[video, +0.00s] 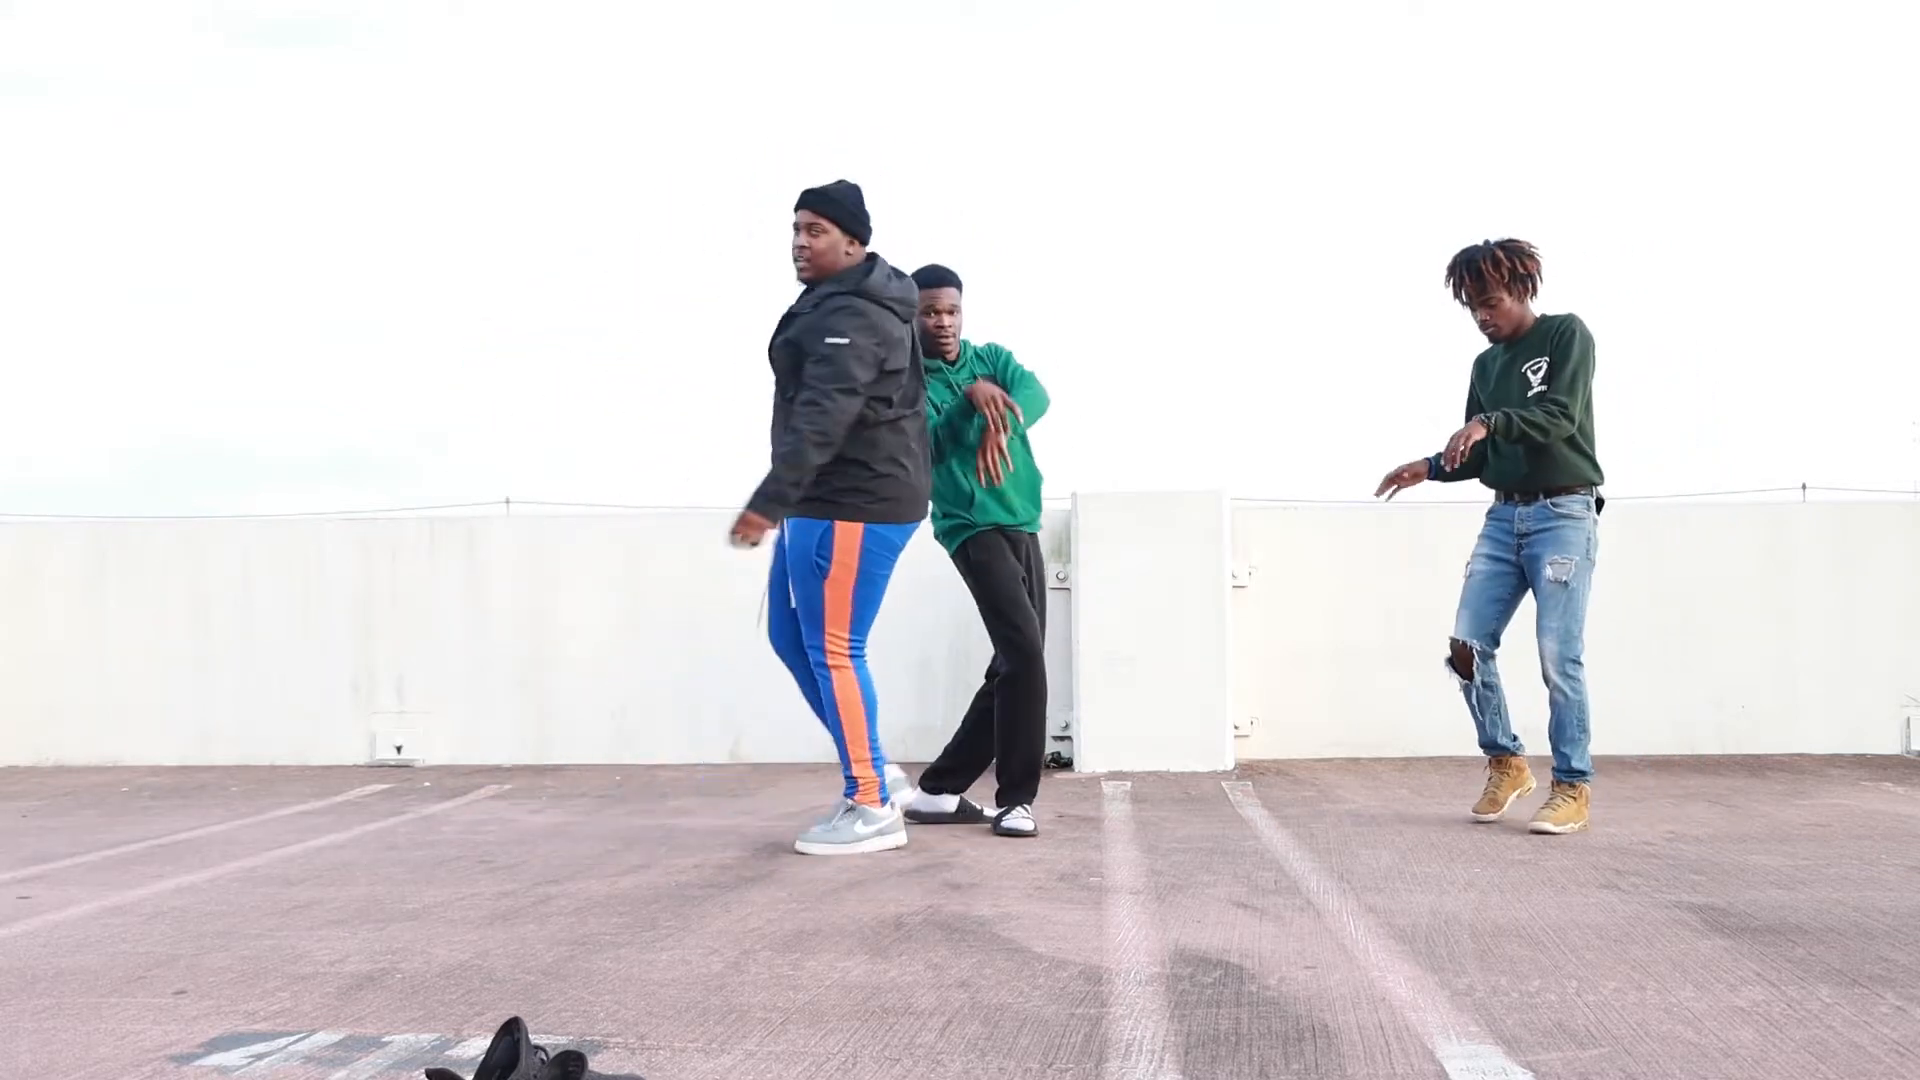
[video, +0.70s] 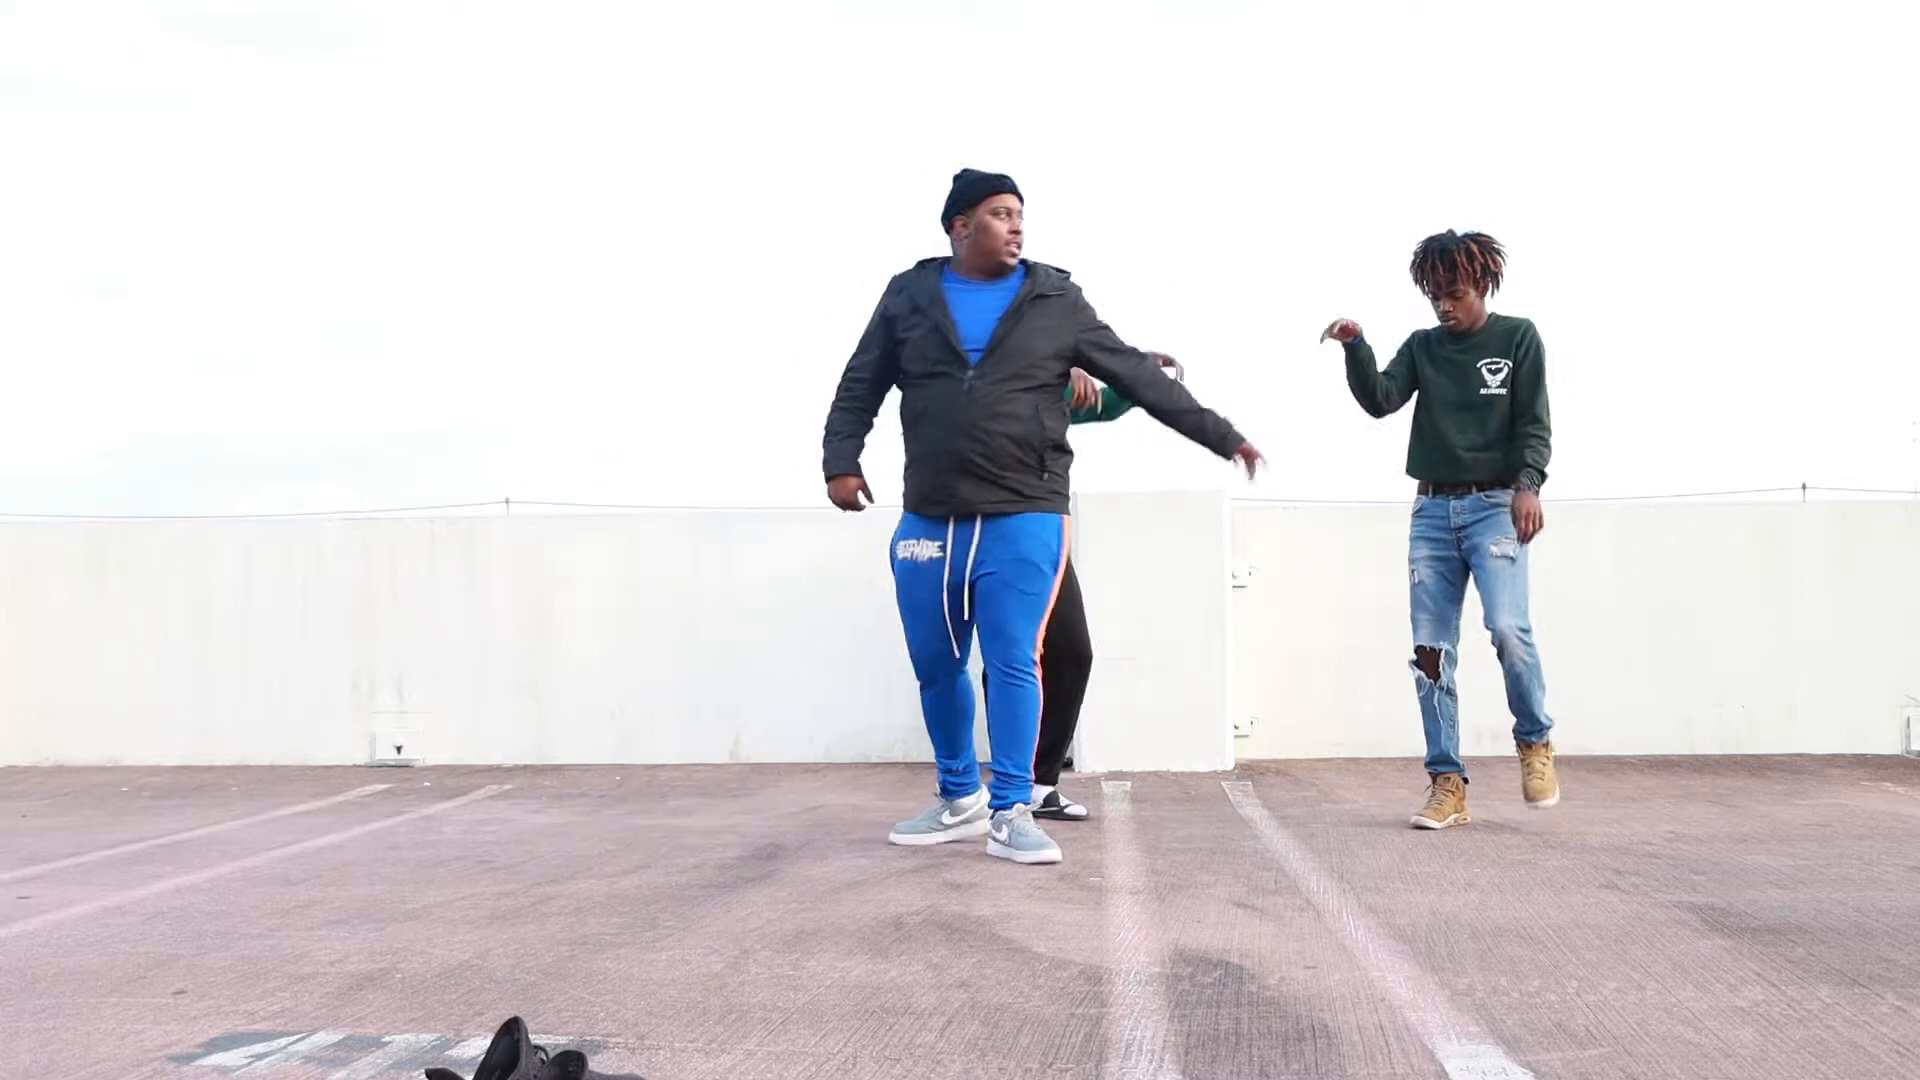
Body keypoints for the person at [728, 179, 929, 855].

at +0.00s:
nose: (800, 242)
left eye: (814, 232)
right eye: (797, 231)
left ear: (852, 242)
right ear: (804, 238)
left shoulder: (855, 314)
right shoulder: (838, 301)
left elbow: (820, 418)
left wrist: (766, 503)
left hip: (857, 502)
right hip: (825, 500)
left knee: (834, 647)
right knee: (791, 636)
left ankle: (871, 808)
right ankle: (875, 773)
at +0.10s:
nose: (838, 246)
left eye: (853, 234)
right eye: (829, 234)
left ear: (884, 242)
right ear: (821, 243)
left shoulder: (894, 311)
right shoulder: (835, 308)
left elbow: (899, 412)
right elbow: (828, 413)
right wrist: (813, 506)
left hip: (882, 507)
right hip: (834, 506)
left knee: (849, 647)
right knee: (832, 644)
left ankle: (872, 808)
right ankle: (937, 774)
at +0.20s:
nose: (869, 248)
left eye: (883, 237)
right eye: (858, 236)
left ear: (906, 246)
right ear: (843, 246)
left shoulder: (926, 308)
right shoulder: (838, 307)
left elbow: (962, 400)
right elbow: (840, 408)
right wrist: (837, 513)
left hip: (920, 504)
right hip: (858, 507)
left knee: (869, 648)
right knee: (895, 654)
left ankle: (874, 806)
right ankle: (963, 795)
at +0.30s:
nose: (895, 244)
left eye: (908, 232)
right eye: (882, 232)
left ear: (924, 243)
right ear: (862, 243)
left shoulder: (951, 307)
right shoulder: (850, 306)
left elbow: (1006, 391)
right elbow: (833, 381)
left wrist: (1057, 469)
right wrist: (823, 445)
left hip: (948, 497)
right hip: (885, 500)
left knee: (900, 646)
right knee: (925, 652)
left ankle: (884, 803)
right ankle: (969, 801)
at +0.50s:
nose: (945, 231)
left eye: (953, 220)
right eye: (930, 221)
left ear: (967, 230)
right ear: (902, 232)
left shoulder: (1001, 296)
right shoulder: (874, 297)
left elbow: (1063, 387)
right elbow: (841, 379)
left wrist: (1117, 473)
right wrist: (812, 453)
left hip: (984, 497)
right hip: (907, 503)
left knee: (963, 648)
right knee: (949, 654)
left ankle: (974, 806)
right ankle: (974, 797)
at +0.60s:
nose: (979, 227)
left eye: (985, 217)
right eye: (964, 217)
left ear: (994, 228)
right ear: (929, 227)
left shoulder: (1030, 299)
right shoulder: (891, 295)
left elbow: (1098, 385)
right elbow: (852, 382)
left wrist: (1163, 461)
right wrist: (825, 455)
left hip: (999, 502)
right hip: (916, 506)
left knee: (995, 652)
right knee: (946, 662)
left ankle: (1008, 806)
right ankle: (966, 802)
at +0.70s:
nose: (1016, 227)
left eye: (1019, 218)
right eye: (1002, 216)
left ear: (1020, 228)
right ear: (959, 226)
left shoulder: (1055, 302)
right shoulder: (909, 296)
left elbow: (1135, 374)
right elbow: (860, 383)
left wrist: (1220, 434)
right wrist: (840, 459)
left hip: (1023, 506)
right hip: (930, 508)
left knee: (1012, 656)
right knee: (935, 666)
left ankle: (1012, 810)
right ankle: (961, 799)